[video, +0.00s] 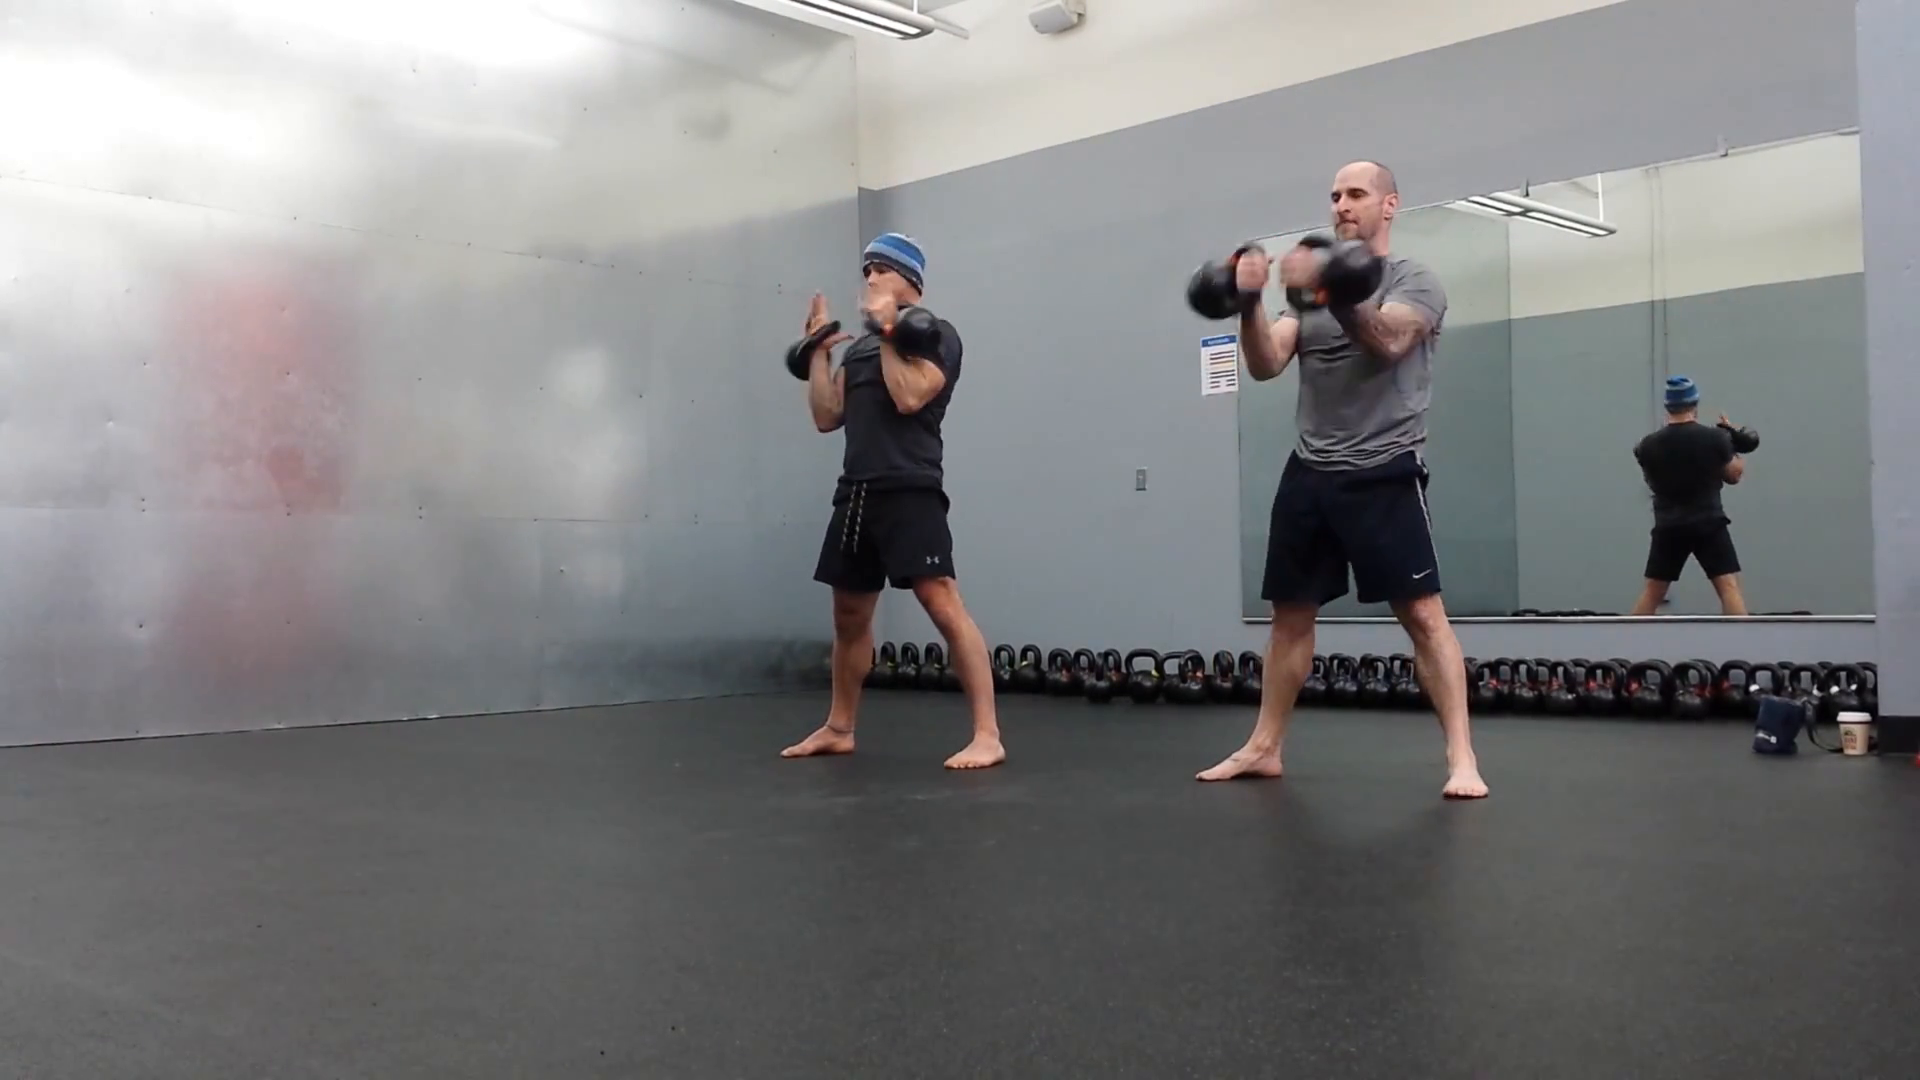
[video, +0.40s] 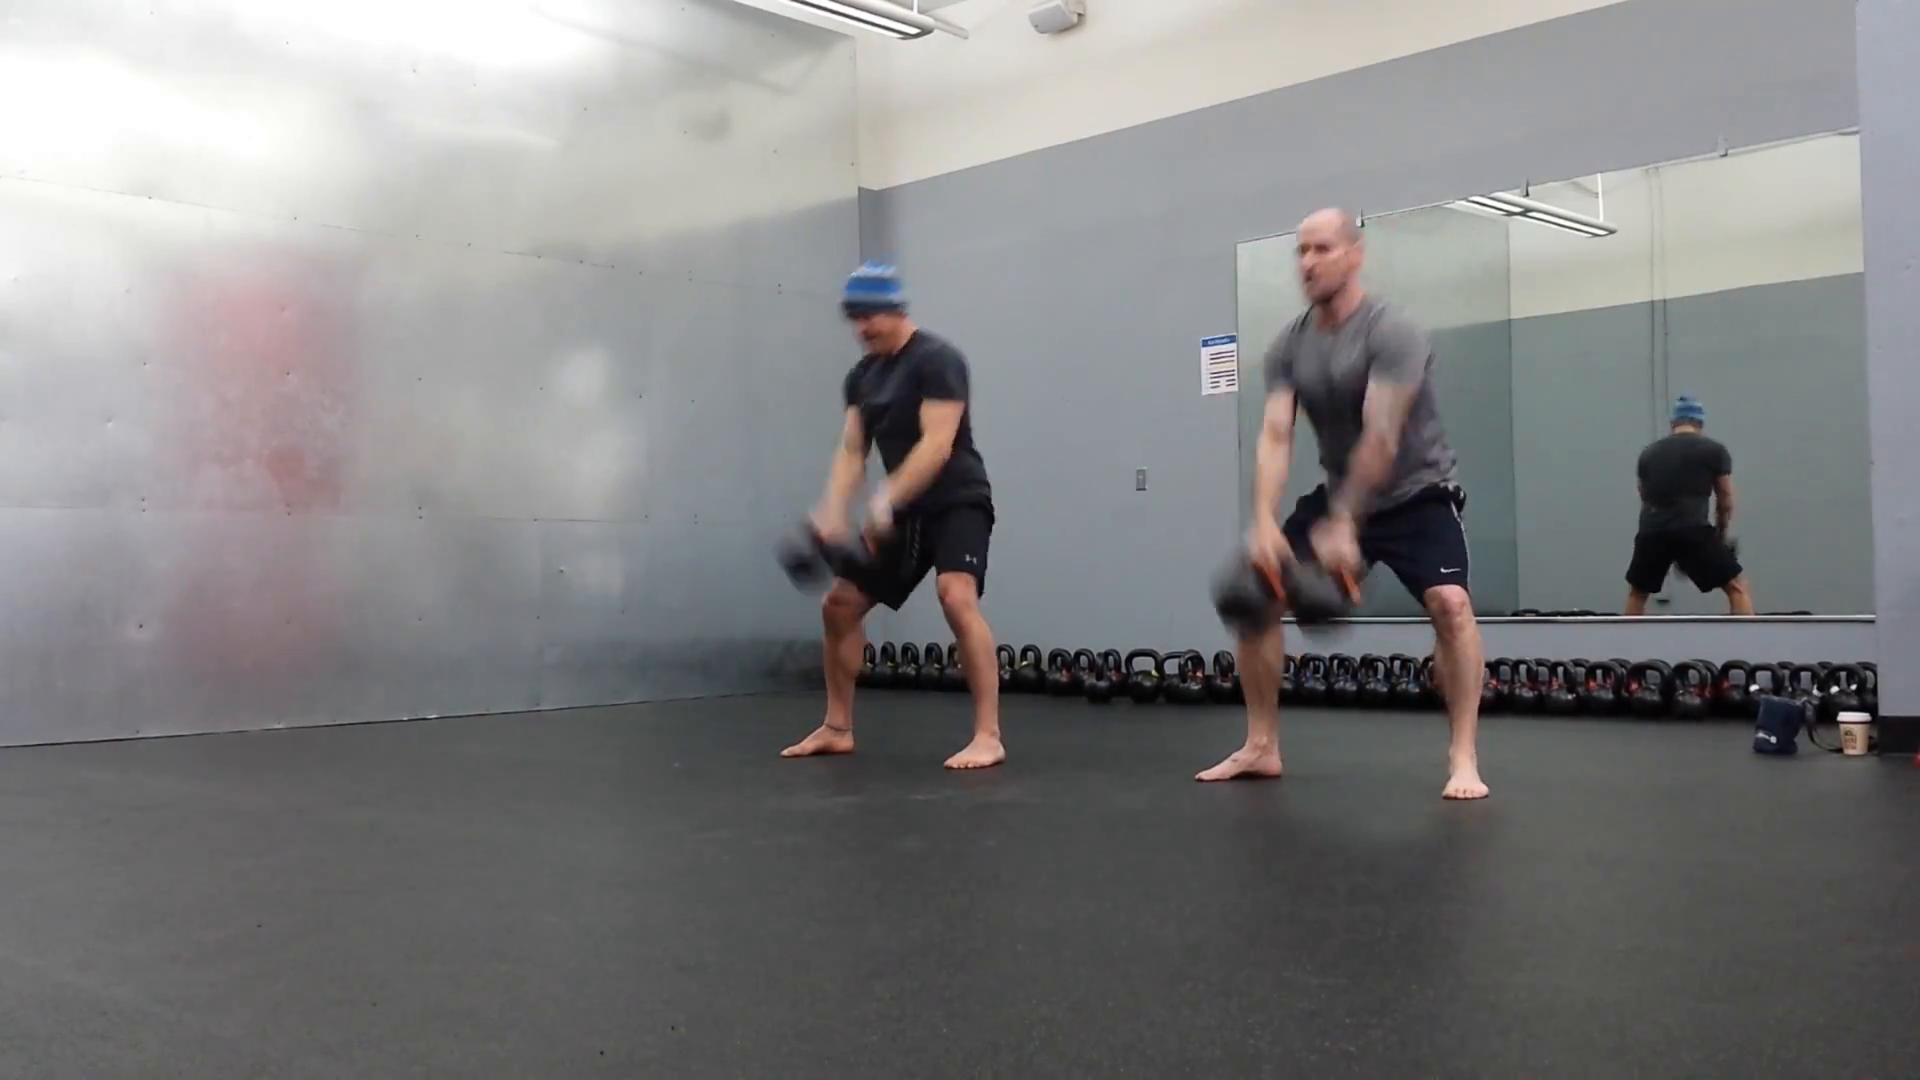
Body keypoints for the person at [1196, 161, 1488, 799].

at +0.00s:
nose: (1341, 205)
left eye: (1356, 194)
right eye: (1336, 196)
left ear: (1391, 205)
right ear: (1330, 210)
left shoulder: (1416, 278)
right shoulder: (1313, 282)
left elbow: (1390, 340)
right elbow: (1266, 361)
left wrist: (1334, 286)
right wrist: (1251, 299)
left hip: (1386, 472)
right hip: (1310, 472)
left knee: (1423, 615)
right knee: (1289, 614)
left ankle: (1462, 759)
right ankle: (1264, 746)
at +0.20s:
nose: (1348, 219)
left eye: (1362, 207)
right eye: (1343, 210)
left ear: (1396, 214)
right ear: (1337, 220)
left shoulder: (1425, 285)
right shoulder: (1323, 297)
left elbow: (1386, 335)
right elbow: (1283, 351)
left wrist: (1316, 360)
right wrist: (1228, 369)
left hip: (1406, 475)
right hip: (1332, 475)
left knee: (1436, 611)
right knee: (1285, 608)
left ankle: (1463, 759)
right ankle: (1264, 746)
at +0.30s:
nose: (1337, 233)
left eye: (1350, 221)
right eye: (1331, 223)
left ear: (1384, 227)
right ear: (1325, 232)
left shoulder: (1413, 298)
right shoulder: (1311, 312)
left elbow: (1383, 368)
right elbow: (1272, 378)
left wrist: (1331, 421)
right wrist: (1236, 426)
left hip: (1415, 487)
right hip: (1336, 490)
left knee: (1446, 605)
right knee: (1273, 607)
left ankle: (1464, 758)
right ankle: (1262, 745)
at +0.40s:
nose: (1307, 262)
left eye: (1320, 249)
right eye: (1301, 251)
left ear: (1355, 254)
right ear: (1296, 261)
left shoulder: (1395, 332)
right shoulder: (1290, 346)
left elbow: (1380, 437)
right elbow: (1274, 439)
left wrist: (1343, 517)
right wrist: (1263, 522)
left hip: (1416, 495)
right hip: (1341, 497)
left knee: (1450, 604)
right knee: (1254, 590)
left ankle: (1463, 759)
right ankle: (1261, 744)